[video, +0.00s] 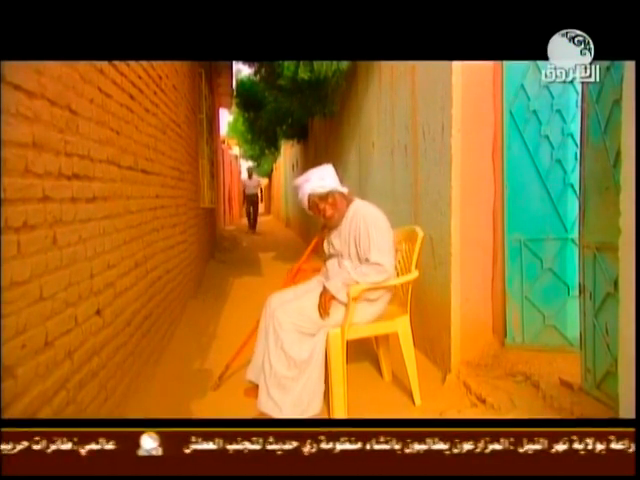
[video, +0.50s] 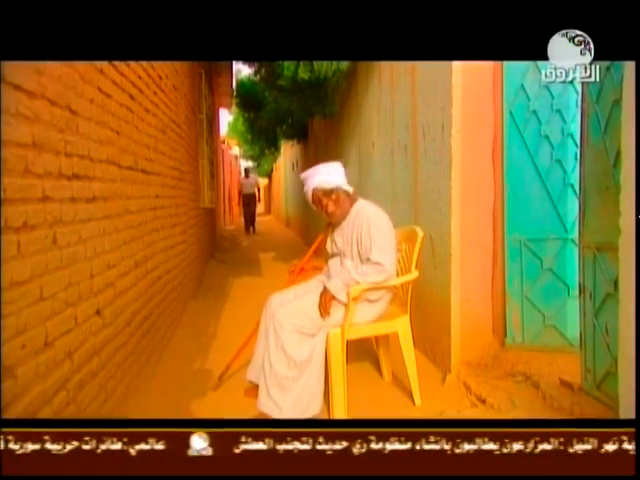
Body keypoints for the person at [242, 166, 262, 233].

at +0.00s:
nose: (250, 173)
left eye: (251, 171)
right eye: (248, 171)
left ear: (252, 172)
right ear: (247, 172)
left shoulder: (257, 180)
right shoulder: (245, 181)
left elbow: (261, 189)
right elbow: (243, 190)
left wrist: (261, 197)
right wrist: (243, 199)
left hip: (255, 195)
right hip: (248, 195)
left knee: (255, 212)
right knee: (248, 211)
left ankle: (254, 226)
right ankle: (250, 224)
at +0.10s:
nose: (249, 174)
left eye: (250, 172)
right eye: (248, 172)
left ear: (252, 173)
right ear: (247, 173)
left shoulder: (256, 181)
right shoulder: (245, 181)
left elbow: (260, 189)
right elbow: (243, 190)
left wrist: (260, 197)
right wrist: (243, 199)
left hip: (254, 196)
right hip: (247, 196)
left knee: (254, 213)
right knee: (247, 213)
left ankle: (253, 227)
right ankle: (247, 227)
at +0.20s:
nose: (249, 175)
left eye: (250, 173)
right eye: (248, 173)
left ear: (252, 173)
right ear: (246, 173)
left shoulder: (256, 181)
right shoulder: (244, 182)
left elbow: (260, 189)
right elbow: (242, 191)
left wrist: (259, 197)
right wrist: (242, 200)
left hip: (254, 197)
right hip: (247, 197)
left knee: (254, 214)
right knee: (247, 214)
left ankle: (254, 228)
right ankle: (247, 228)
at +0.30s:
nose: (248, 175)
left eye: (249, 173)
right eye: (246, 173)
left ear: (251, 173)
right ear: (245, 174)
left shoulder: (255, 181)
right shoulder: (243, 182)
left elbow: (259, 189)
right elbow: (241, 191)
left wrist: (258, 197)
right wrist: (241, 201)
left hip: (253, 197)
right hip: (246, 197)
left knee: (254, 214)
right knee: (247, 214)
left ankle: (254, 228)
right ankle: (247, 229)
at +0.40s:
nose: (247, 174)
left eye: (248, 172)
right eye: (246, 172)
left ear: (250, 173)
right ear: (245, 173)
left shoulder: (254, 180)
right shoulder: (242, 181)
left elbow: (259, 188)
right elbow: (241, 191)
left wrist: (258, 197)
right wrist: (240, 200)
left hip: (252, 196)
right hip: (245, 196)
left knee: (253, 213)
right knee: (246, 214)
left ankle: (254, 227)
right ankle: (247, 229)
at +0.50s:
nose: (247, 173)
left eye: (248, 171)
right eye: (246, 171)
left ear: (249, 172)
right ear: (244, 172)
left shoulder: (254, 179)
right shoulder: (241, 180)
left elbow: (258, 187)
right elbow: (240, 190)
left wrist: (259, 197)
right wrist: (239, 199)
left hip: (252, 194)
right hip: (245, 194)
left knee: (252, 211)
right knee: (246, 212)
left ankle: (253, 225)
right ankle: (247, 227)